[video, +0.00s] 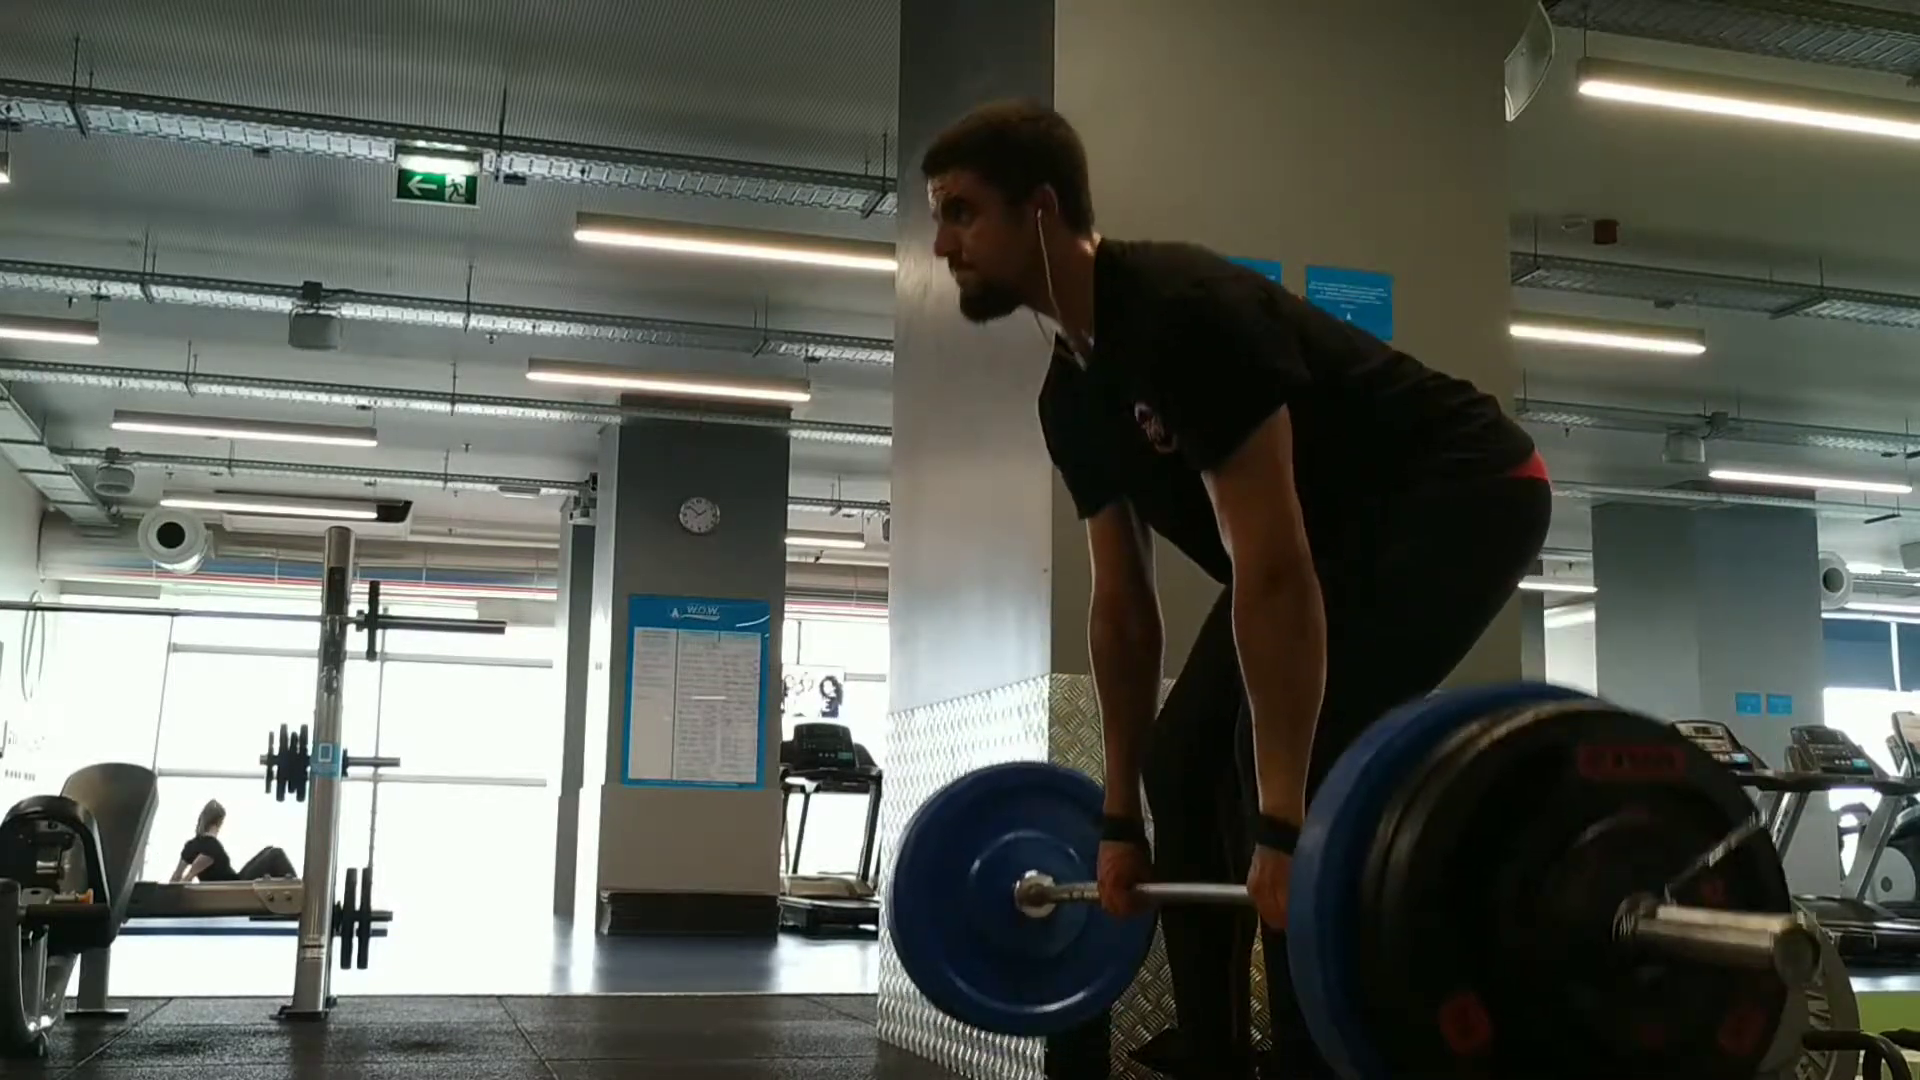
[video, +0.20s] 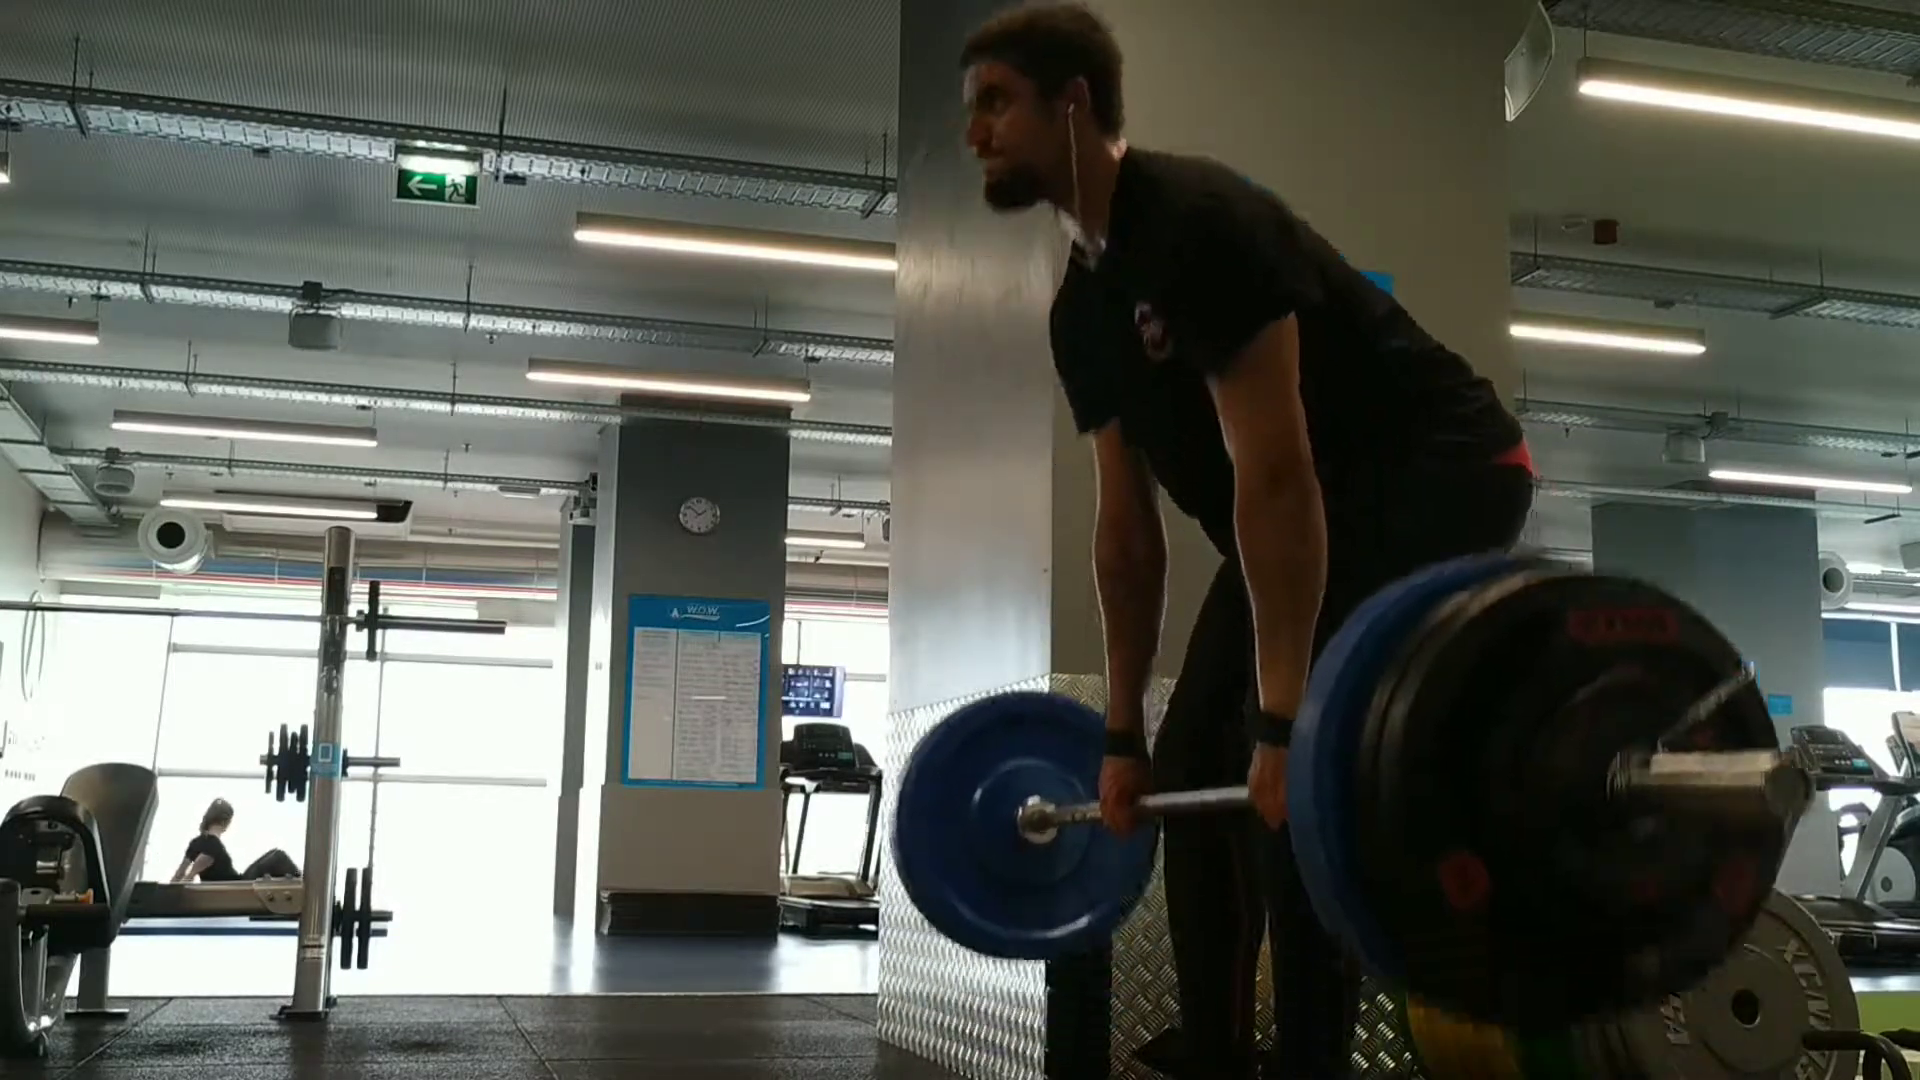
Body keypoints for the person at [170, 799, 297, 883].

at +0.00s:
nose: (222, 824)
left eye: (222, 820)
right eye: (222, 821)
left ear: (201, 820)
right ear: (218, 822)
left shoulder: (191, 845)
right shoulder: (212, 847)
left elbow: (177, 874)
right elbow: (190, 874)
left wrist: (169, 891)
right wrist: (178, 891)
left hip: (219, 887)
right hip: (235, 886)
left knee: (269, 851)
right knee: (276, 854)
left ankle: (285, 885)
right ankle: (295, 887)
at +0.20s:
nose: (228, 825)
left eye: (229, 821)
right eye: (229, 821)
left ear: (208, 818)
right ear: (226, 822)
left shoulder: (196, 843)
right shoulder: (213, 846)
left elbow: (181, 871)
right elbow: (191, 873)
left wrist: (170, 888)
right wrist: (179, 891)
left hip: (223, 887)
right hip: (237, 887)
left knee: (274, 854)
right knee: (278, 856)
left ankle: (295, 880)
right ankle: (300, 881)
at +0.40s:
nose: (246, 822)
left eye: (246, 818)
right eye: (244, 817)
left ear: (231, 817)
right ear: (235, 817)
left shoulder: (214, 837)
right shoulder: (219, 839)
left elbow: (197, 867)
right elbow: (197, 867)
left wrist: (180, 885)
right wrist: (179, 886)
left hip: (235, 886)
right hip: (238, 888)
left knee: (281, 860)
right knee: (283, 860)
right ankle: (309, 882)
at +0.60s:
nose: (263, 821)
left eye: (264, 817)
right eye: (261, 816)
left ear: (248, 815)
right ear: (249, 814)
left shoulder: (237, 834)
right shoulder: (234, 833)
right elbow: (209, 859)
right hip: (236, 887)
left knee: (289, 868)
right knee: (291, 866)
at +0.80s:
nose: (278, 822)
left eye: (279, 817)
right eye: (277, 817)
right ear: (264, 816)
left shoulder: (258, 835)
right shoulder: (251, 833)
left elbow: (252, 863)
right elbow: (235, 866)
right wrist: (252, 886)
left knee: (294, 867)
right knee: (294, 867)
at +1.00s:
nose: (290, 824)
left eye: (290, 819)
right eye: (288, 819)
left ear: (274, 818)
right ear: (275, 818)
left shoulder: (266, 835)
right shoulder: (264, 835)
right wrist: (283, 886)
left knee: (295, 867)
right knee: (295, 867)